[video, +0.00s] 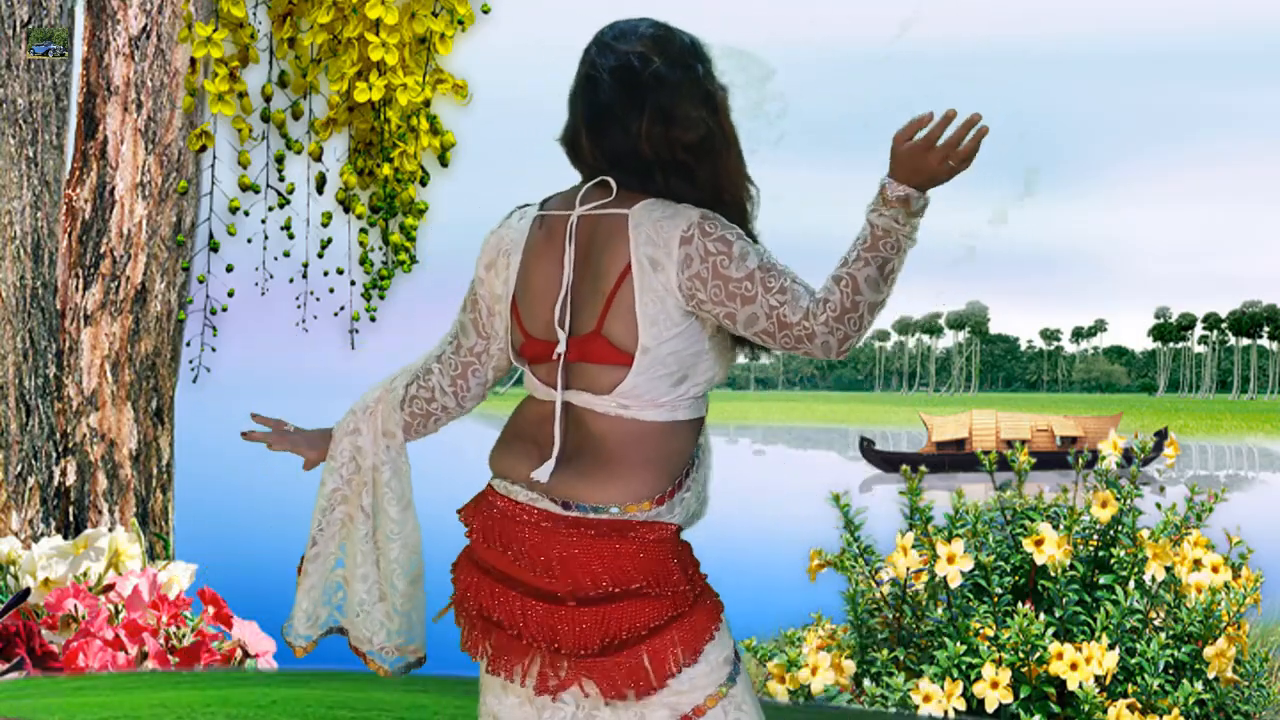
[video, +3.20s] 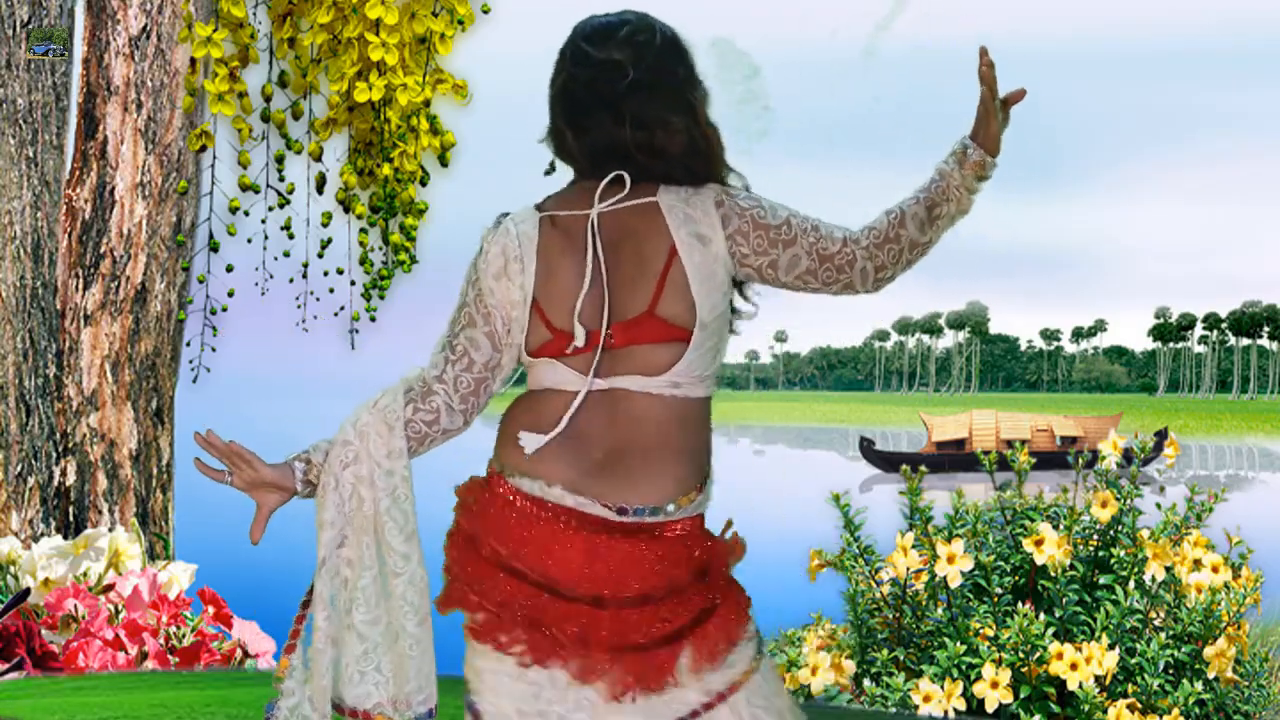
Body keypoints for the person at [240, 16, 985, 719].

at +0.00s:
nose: (720, 124)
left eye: (713, 103)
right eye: (711, 105)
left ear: (586, 121)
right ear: (689, 120)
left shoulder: (521, 234)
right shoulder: (687, 238)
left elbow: (452, 379)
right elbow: (822, 331)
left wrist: (340, 439)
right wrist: (902, 197)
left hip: (504, 531)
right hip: (626, 553)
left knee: (523, 699)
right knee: (706, 703)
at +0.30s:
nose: (681, 119)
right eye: (670, 101)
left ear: (543, 133)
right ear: (656, 120)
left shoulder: (501, 262)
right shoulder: (696, 235)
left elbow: (446, 421)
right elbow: (830, 310)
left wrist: (330, 350)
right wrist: (887, 173)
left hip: (488, 521)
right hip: (624, 548)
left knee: (490, 696)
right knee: (653, 701)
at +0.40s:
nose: (678, 119)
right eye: (667, 101)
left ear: (541, 128)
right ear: (656, 116)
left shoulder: (502, 255)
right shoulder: (698, 229)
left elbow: (449, 417)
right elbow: (828, 310)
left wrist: (327, 350)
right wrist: (885, 175)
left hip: (499, 518)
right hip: (634, 539)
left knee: (495, 695)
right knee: (657, 703)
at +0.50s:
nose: (705, 110)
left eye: (697, 89)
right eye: (696, 92)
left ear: (570, 115)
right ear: (678, 108)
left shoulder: (514, 243)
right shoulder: (711, 221)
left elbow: (469, 407)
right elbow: (844, 309)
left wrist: (331, 375)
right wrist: (913, 174)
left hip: (543, 522)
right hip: (684, 521)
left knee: (552, 693)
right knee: (710, 700)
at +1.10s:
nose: (772, 135)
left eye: (764, 111)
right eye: (760, 115)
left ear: (633, 131)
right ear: (740, 131)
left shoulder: (558, 254)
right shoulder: (742, 248)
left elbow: (496, 394)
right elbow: (902, 292)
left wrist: (387, 479)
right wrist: (952, 147)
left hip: (619, 531)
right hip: (744, 508)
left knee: (650, 709)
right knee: (792, 708)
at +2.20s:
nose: (705, 124)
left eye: (692, 108)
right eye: (694, 109)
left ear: (570, 130)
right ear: (681, 122)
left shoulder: (516, 250)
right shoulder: (705, 232)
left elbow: (439, 397)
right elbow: (866, 252)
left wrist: (308, 449)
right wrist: (969, 134)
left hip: (512, 540)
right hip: (643, 558)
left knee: (530, 700)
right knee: (717, 699)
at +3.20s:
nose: (692, 112)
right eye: (682, 95)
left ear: (567, 115)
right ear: (679, 105)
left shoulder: (519, 238)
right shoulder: (717, 217)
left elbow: (439, 401)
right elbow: (864, 261)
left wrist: (297, 475)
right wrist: (974, 158)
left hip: (518, 517)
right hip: (659, 531)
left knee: (525, 703)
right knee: (738, 704)